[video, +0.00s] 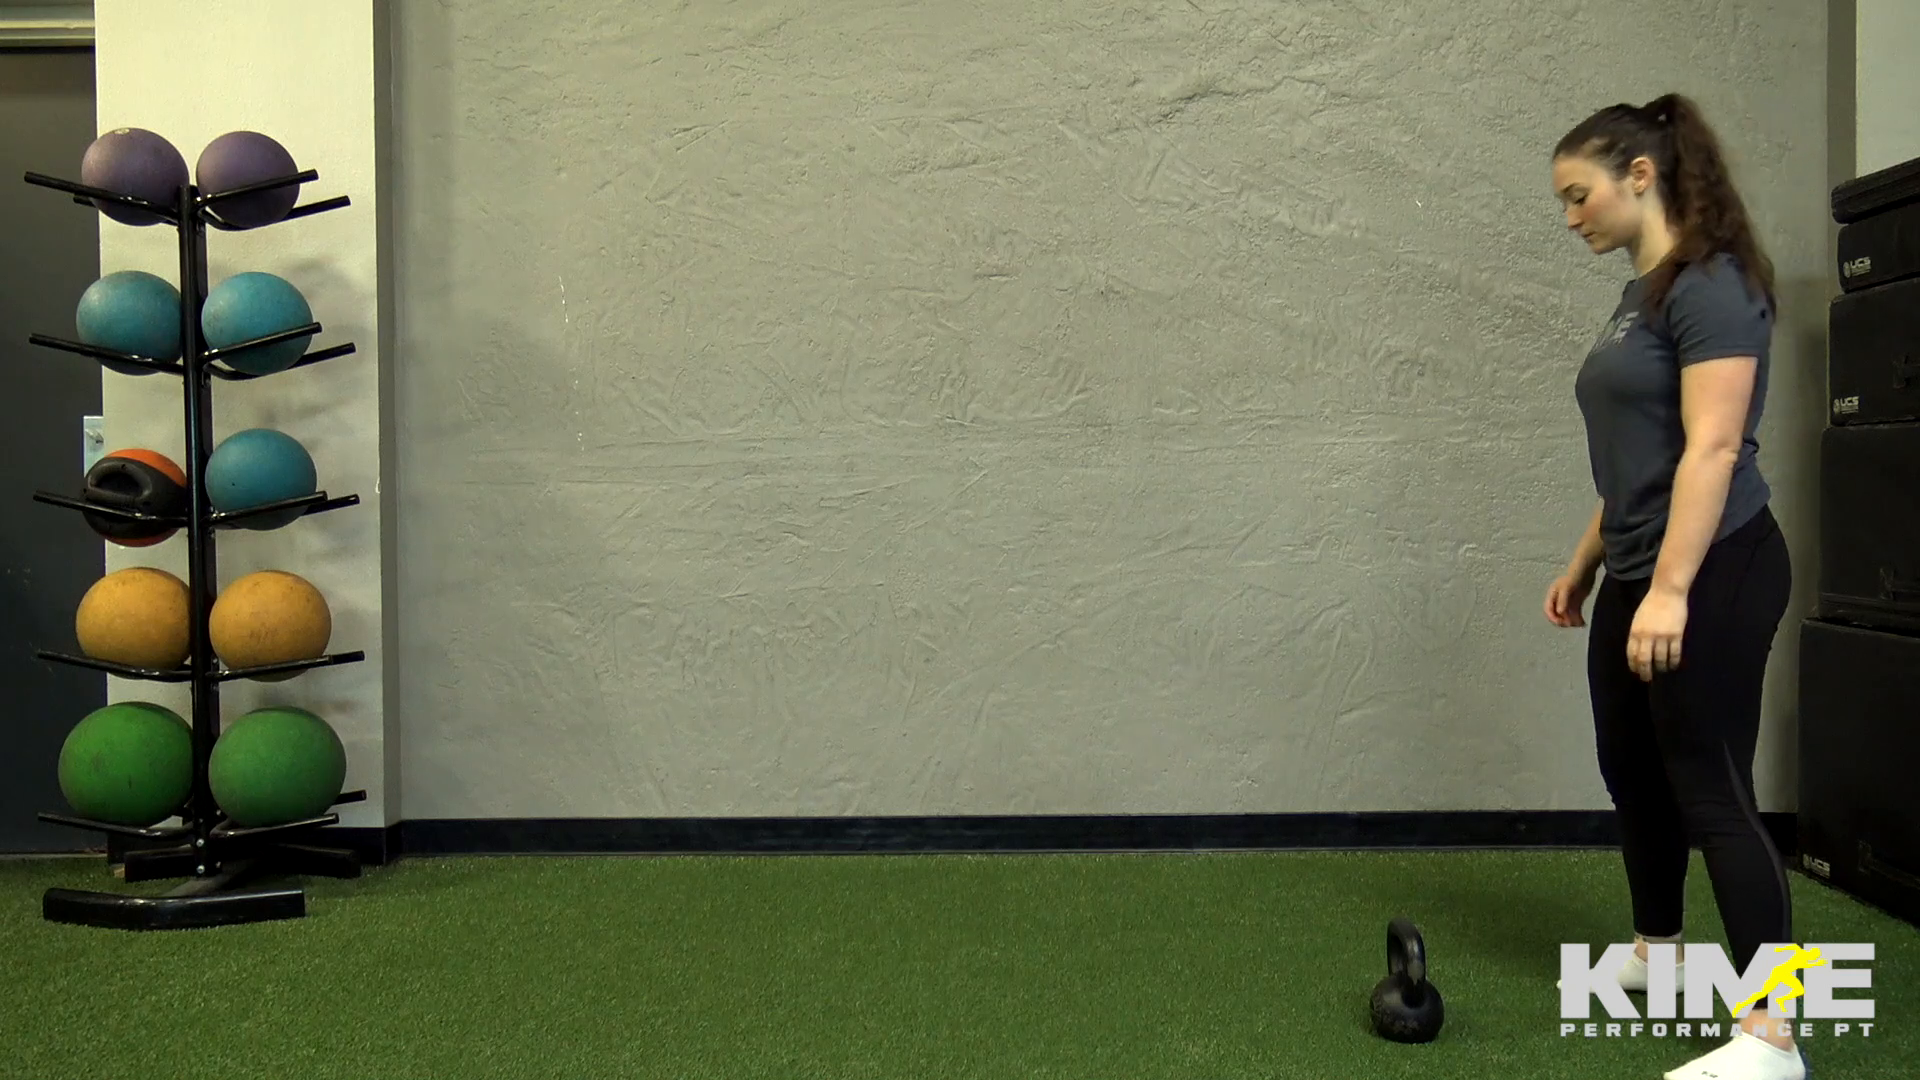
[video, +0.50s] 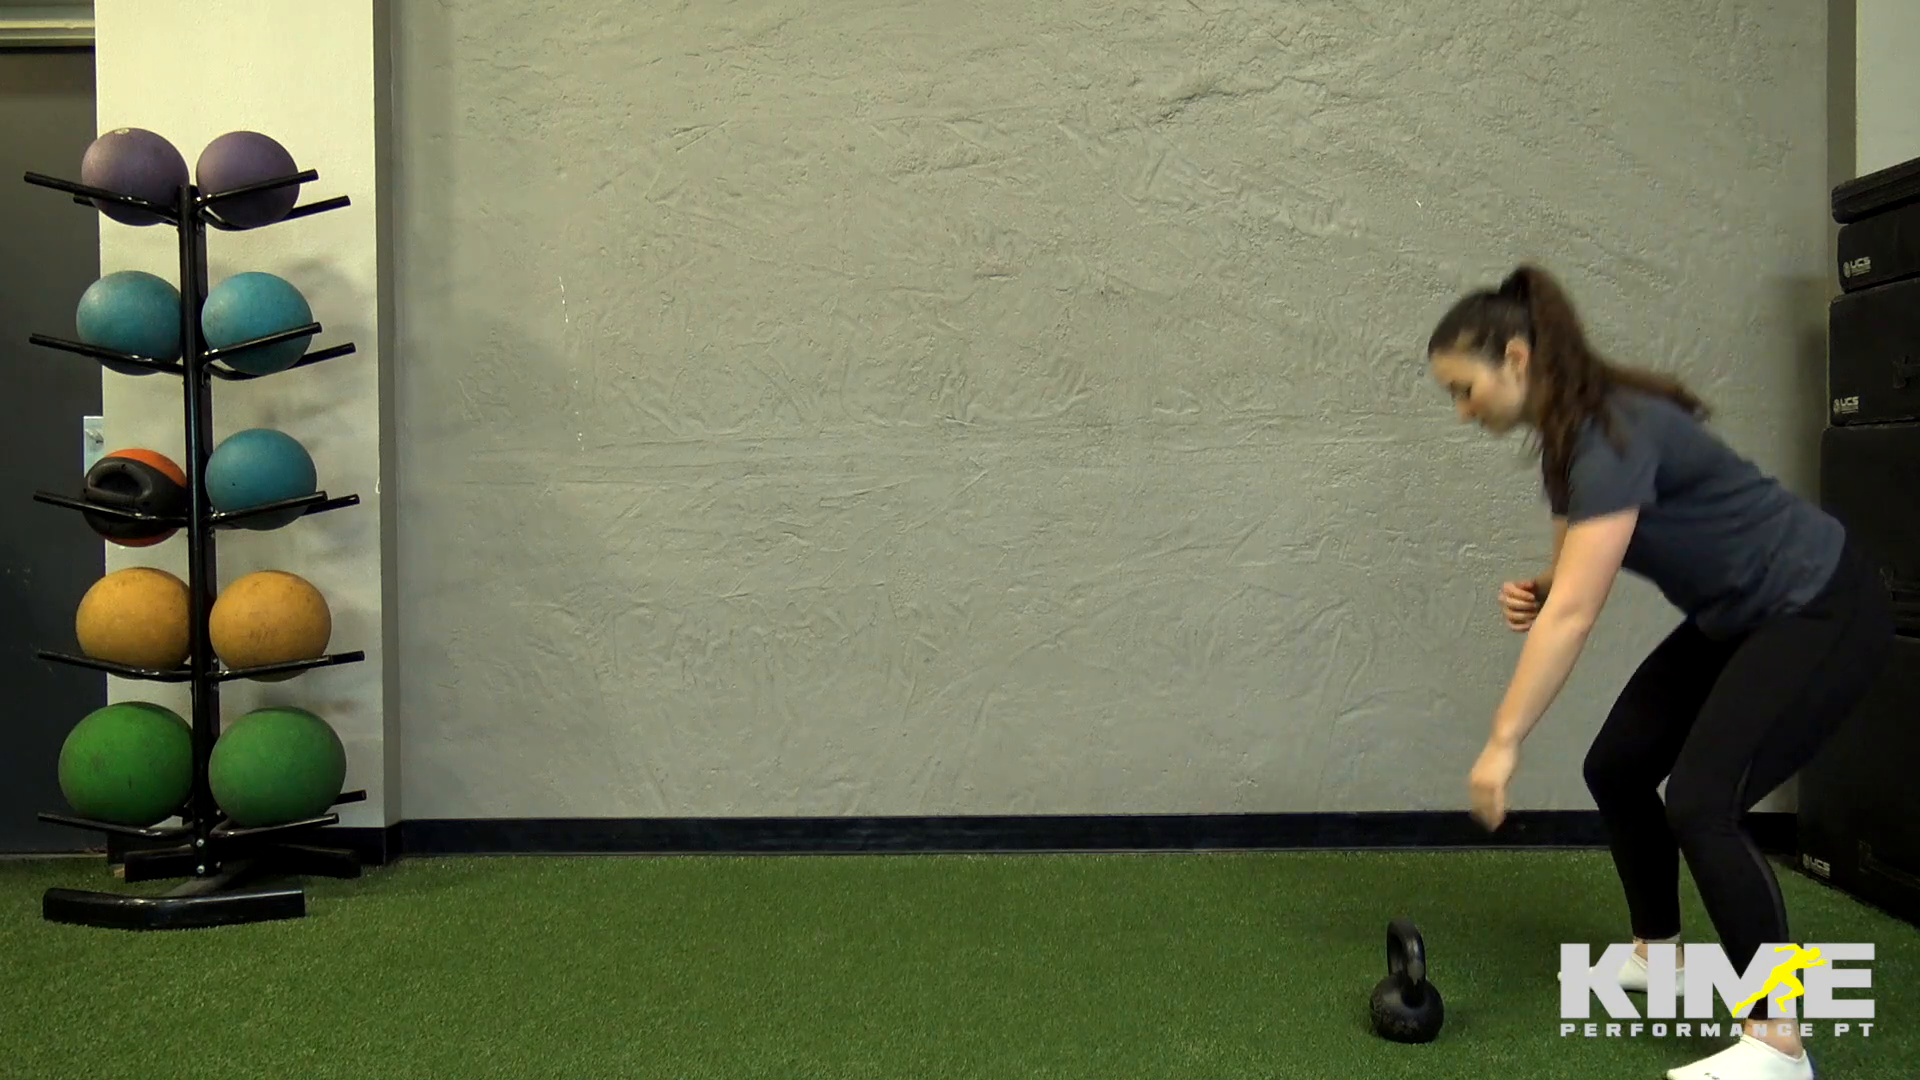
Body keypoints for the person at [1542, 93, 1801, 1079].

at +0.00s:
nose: (1572, 221)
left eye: (1578, 198)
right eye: (1565, 204)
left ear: (1641, 176)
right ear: (1636, 185)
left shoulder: (1713, 287)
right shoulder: (1649, 290)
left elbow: (1716, 448)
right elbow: (1644, 455)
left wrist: (1669, 588)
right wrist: (1589, 555)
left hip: (1715, 564)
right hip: (1640, 564)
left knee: (1708, 786)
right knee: (1637, 776)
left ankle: (1772, 1026)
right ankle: (1660, 965)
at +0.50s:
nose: (1463, 411)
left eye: (1464, 390)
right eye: (1454, 396)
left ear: (1516, 358)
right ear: (1514, 360)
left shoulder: (1613, 434)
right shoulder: (1578, 428)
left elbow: (1575, 611)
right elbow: (1611, 537)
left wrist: (1503, 742)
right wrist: (1555, 592)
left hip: (1823, 603)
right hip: (1740, 608)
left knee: (1699, 800)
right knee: (1620, 766)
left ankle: (1780, 1034)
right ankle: (1657, 961)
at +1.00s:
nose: (1427, 575)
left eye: (1428, 555)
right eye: (1419, 561)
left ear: (1482, 527)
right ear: (1484, 528)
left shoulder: (1572, 603)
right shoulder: (1547, 570)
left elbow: (1515, 782)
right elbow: (1585, 715)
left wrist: (1442, 886)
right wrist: (1508, 682)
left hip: (1829, 679)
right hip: (1753, 672)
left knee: (1665, 818)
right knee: (1580, 771)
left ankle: (1776, 1034)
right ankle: (1652, 952)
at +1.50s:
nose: (1430, 568)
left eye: (1433, 548)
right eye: (1422, 552)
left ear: (1489, 523)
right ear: (1491, 523)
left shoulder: (1576, 603)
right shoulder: (1557, 562)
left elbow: (1537, 795)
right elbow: (1585, 708)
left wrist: (1493, 920)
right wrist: (1514, 681)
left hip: (1837, 668)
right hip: (1760, 662)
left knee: (1678, 813)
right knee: (1589, 773)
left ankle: (1777, 1038)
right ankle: (1656, 957)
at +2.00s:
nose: (1427, 561)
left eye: (1431, 540)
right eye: (1420, 544)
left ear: (1491, 520)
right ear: (1490, 522)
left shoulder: (1593, 603)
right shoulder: (1555, 581)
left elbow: (1554, 794)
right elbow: (1560, 725)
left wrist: (1493, 913)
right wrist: (1492, 678)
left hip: (1834, 677)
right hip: (1761, 672)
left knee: (1672, 819)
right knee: (1585, 779)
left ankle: (1776, 1037)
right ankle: (1654, 957)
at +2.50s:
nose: (1432, 556)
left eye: (1437, 535)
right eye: (1425, 539)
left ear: (1496, 515)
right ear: (1495, 517)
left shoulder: (1596, 599)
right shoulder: (1558, 575)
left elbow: (1554, 785)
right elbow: (1566, 714)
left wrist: (1497, 909)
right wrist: (1499, 672)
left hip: (1839, 671)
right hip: (1762, 668)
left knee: (1679, 815)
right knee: (1588, 775)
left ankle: (1778, 1038)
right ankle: (1654, 955)